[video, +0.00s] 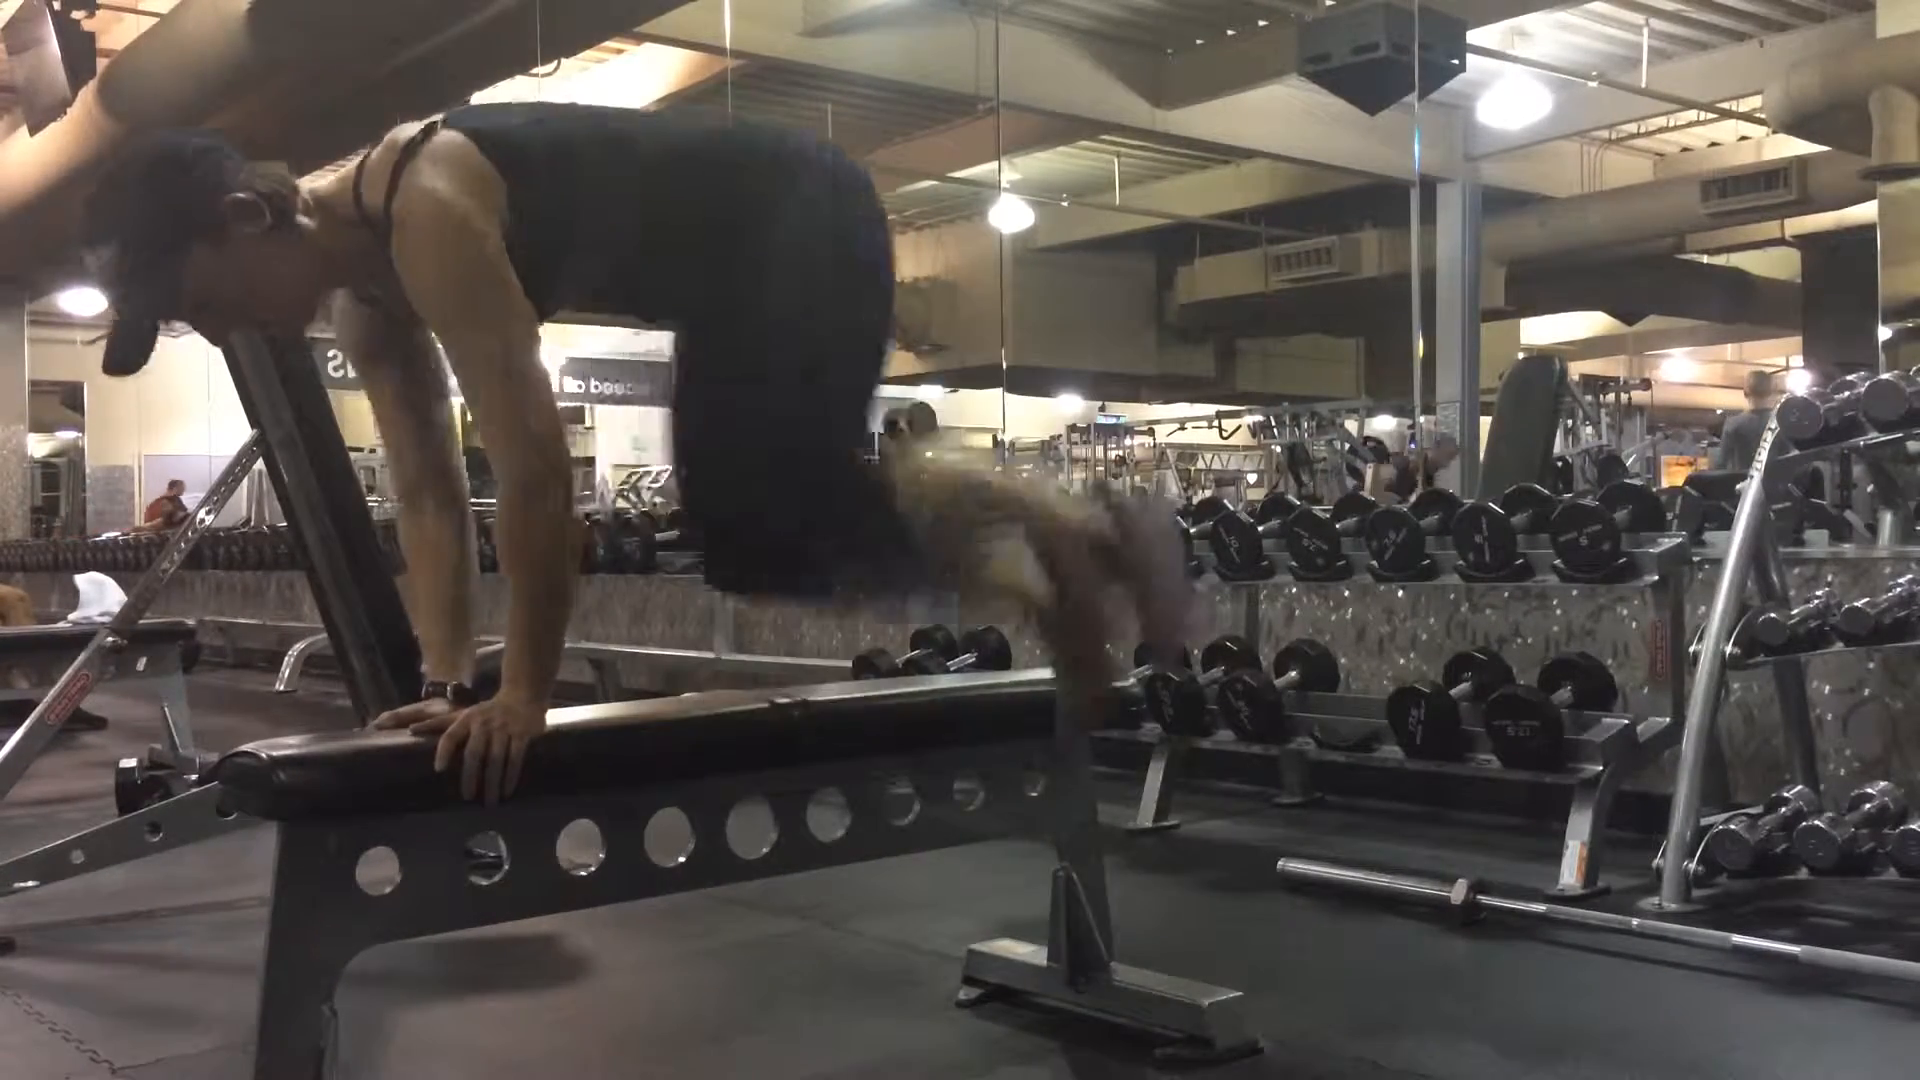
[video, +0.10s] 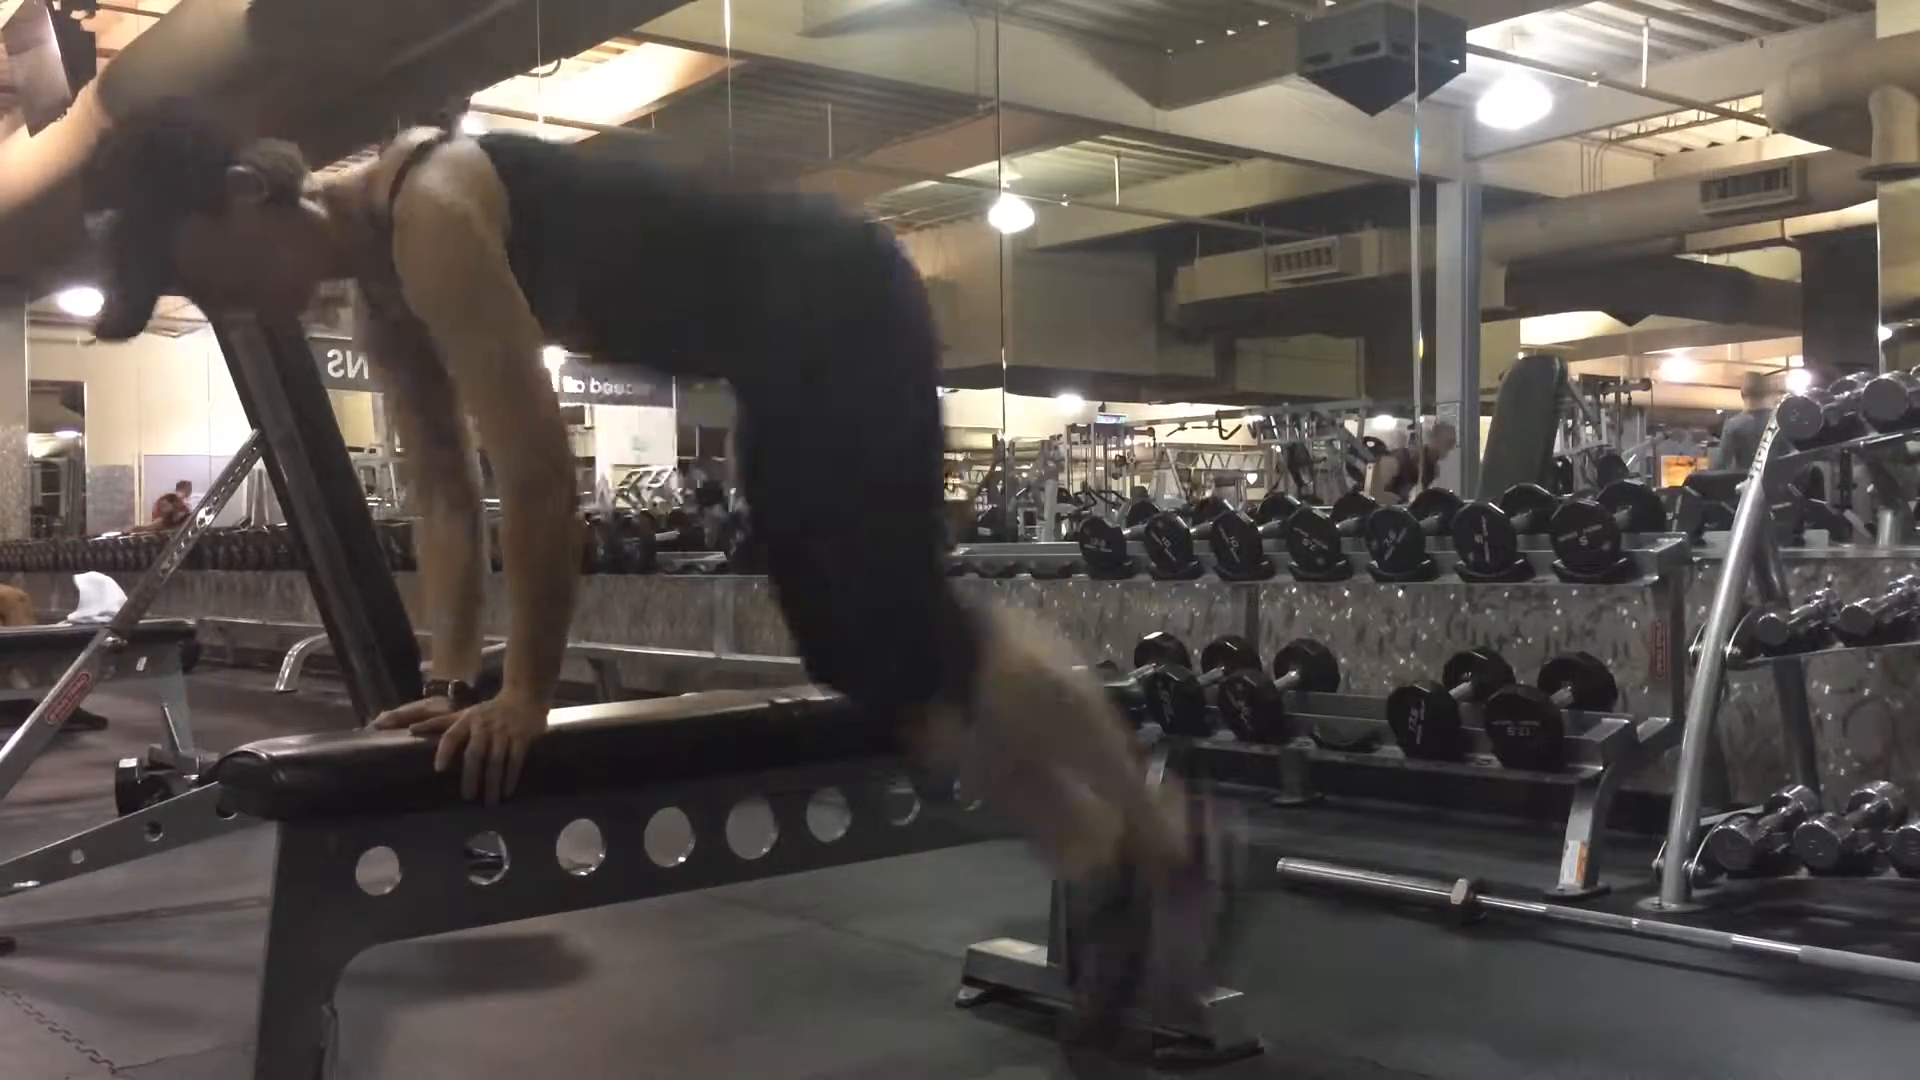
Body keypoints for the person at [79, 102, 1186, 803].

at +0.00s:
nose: (229, 331)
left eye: (208, 304)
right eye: (203, 323)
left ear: (243, 215)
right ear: (242, 221)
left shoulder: (428, 204)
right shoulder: (360, 276)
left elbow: (535, 451)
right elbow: (423, 486)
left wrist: (523, 691)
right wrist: (446, 684)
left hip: (801, 215)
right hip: (730, 270)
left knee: (784, 522)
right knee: (740, 542)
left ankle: (1076, 525)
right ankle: (1027, 561)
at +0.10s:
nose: (227, 309)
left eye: (206, 280)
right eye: (201, 299)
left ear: (246, 195)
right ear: (247, 200)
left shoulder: (433, 215)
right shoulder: (375, 258)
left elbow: (535, 464)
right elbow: (438, 476)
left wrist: (525, 691)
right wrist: (443, 675)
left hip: (831, 290)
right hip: (773, 333)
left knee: (901, 617)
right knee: (855, 643)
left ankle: (1146, 813)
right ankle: (1090, 844)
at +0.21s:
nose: (281, 314)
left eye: (268, 282)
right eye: (261, 298)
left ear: (320, 212)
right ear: (307, 231)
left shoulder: (490, 241)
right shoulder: (434, 292)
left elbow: (576, 501)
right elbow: (491, 501)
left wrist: (528, 703)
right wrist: (460, 676)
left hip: (867, 456)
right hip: (823, 482)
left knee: (923, 819)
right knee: (902, 810)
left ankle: (1208, 1048)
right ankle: (1136, 988)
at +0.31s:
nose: (278, 319)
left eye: (261, 290)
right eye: (256, 304)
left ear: (298, 221)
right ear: (291, 233)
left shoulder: (483, 244)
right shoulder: (427, 294)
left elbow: (577, 493)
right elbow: (493, 499)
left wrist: (529, 698)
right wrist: (459, 674)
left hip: (867, 423)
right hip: (816, 449)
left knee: (986, 738)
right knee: (939, 749)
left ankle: (1180, 1009)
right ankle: (1112, 982)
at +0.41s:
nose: (228, 317)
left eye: (208, 292)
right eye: (205, 309)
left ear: (247, 204)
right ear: (250, 209)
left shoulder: (433, 217)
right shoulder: (361, 270)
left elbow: (532, 465)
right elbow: (420, 482)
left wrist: (525, 688)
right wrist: (446, 673)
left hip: (830, 260)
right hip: (785, 297)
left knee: (933, 573)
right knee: (909, 585)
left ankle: (1136, 832)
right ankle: (1093, 845)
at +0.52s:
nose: (231, 331)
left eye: (211, 306)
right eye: (208, 322)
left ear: (256, 222)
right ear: (257, 221)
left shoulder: (445, 206)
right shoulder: (367, 276)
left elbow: (528, 454)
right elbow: (426, 481)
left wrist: (524, 690)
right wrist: (444, 677)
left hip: (806, 197)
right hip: (743, 243)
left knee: (786, 517)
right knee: (764, 522)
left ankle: (1081, 552)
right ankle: (1063, 550)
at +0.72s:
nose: (243, 339)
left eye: (231, 307)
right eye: (222, 323)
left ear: (290, 227)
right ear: (288, 237)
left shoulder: (470, 214)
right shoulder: (373, 302)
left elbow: (548, 461)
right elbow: (426, 495)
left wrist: (525, 697)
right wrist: (442, 683)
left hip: (784, 245)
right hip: (682, 280)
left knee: (685, 521)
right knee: (611, 524)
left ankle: (877, 507)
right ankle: (840, 513)